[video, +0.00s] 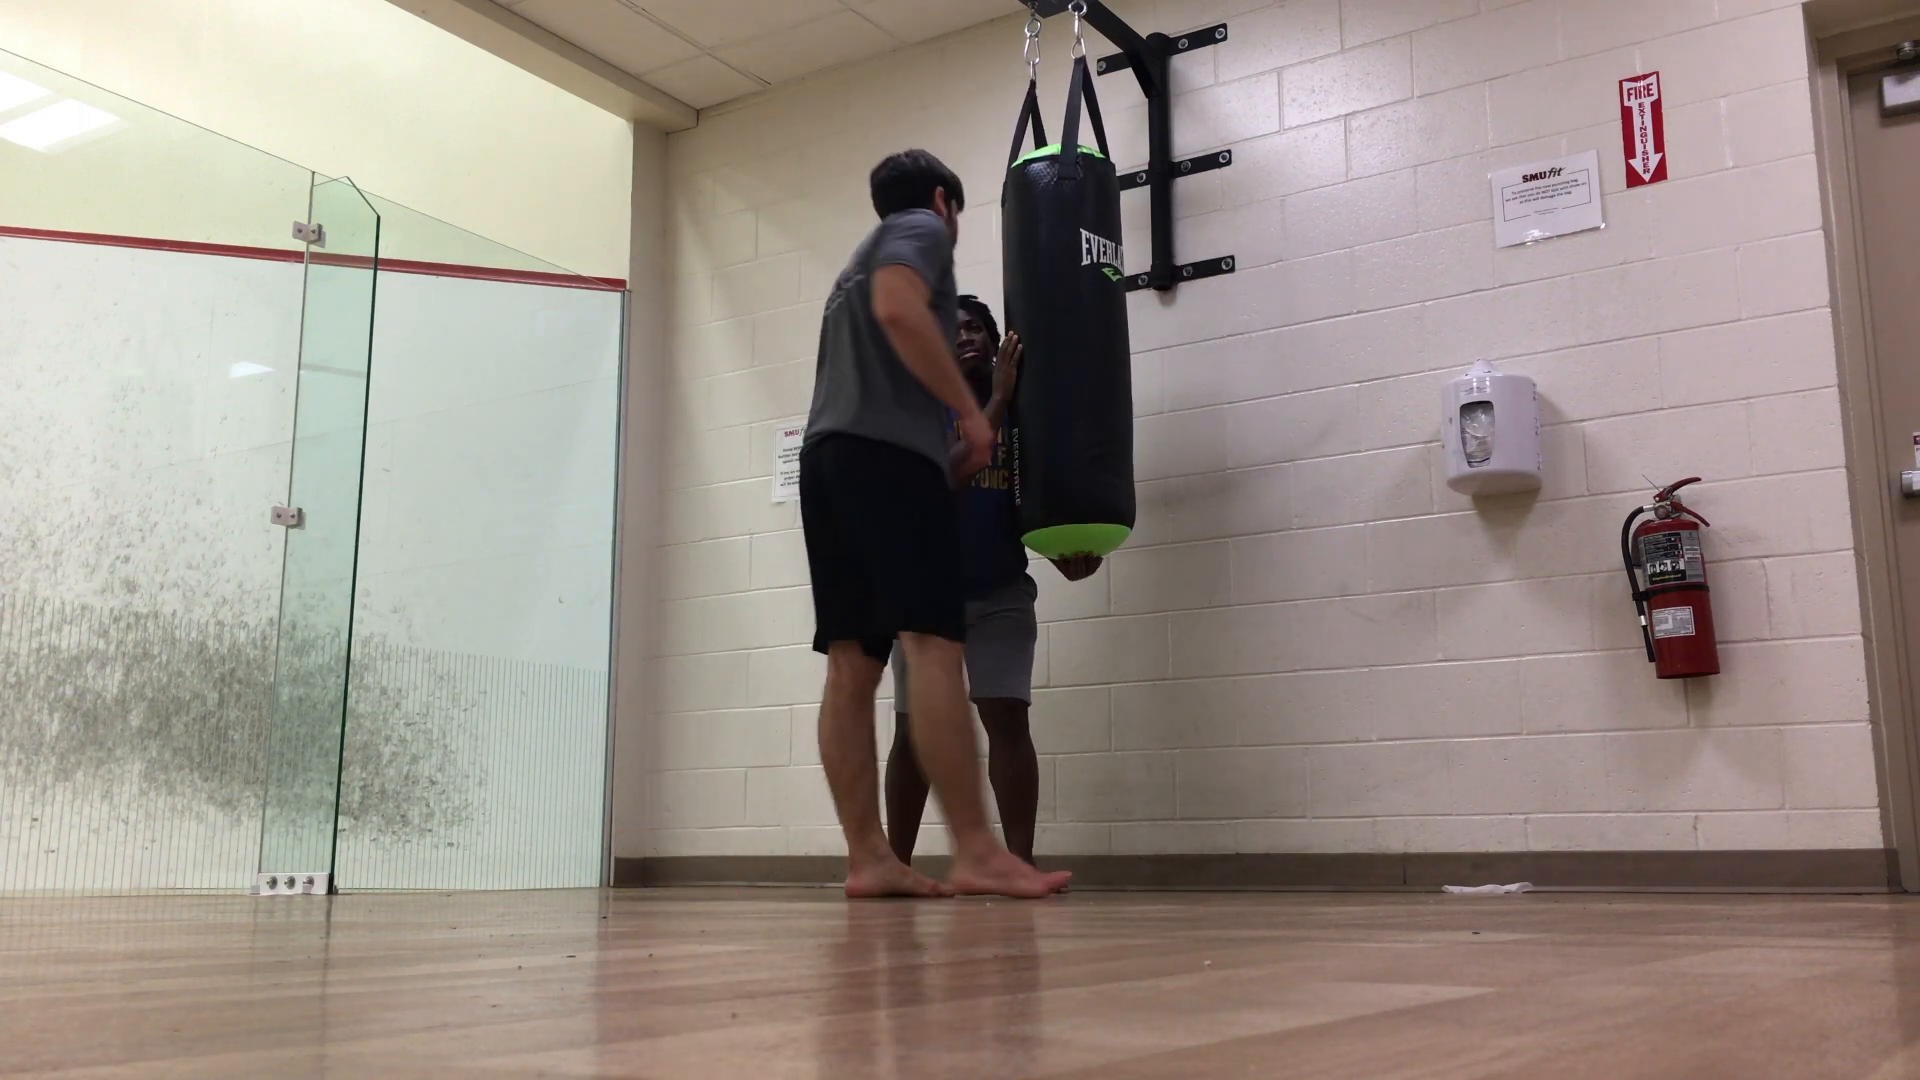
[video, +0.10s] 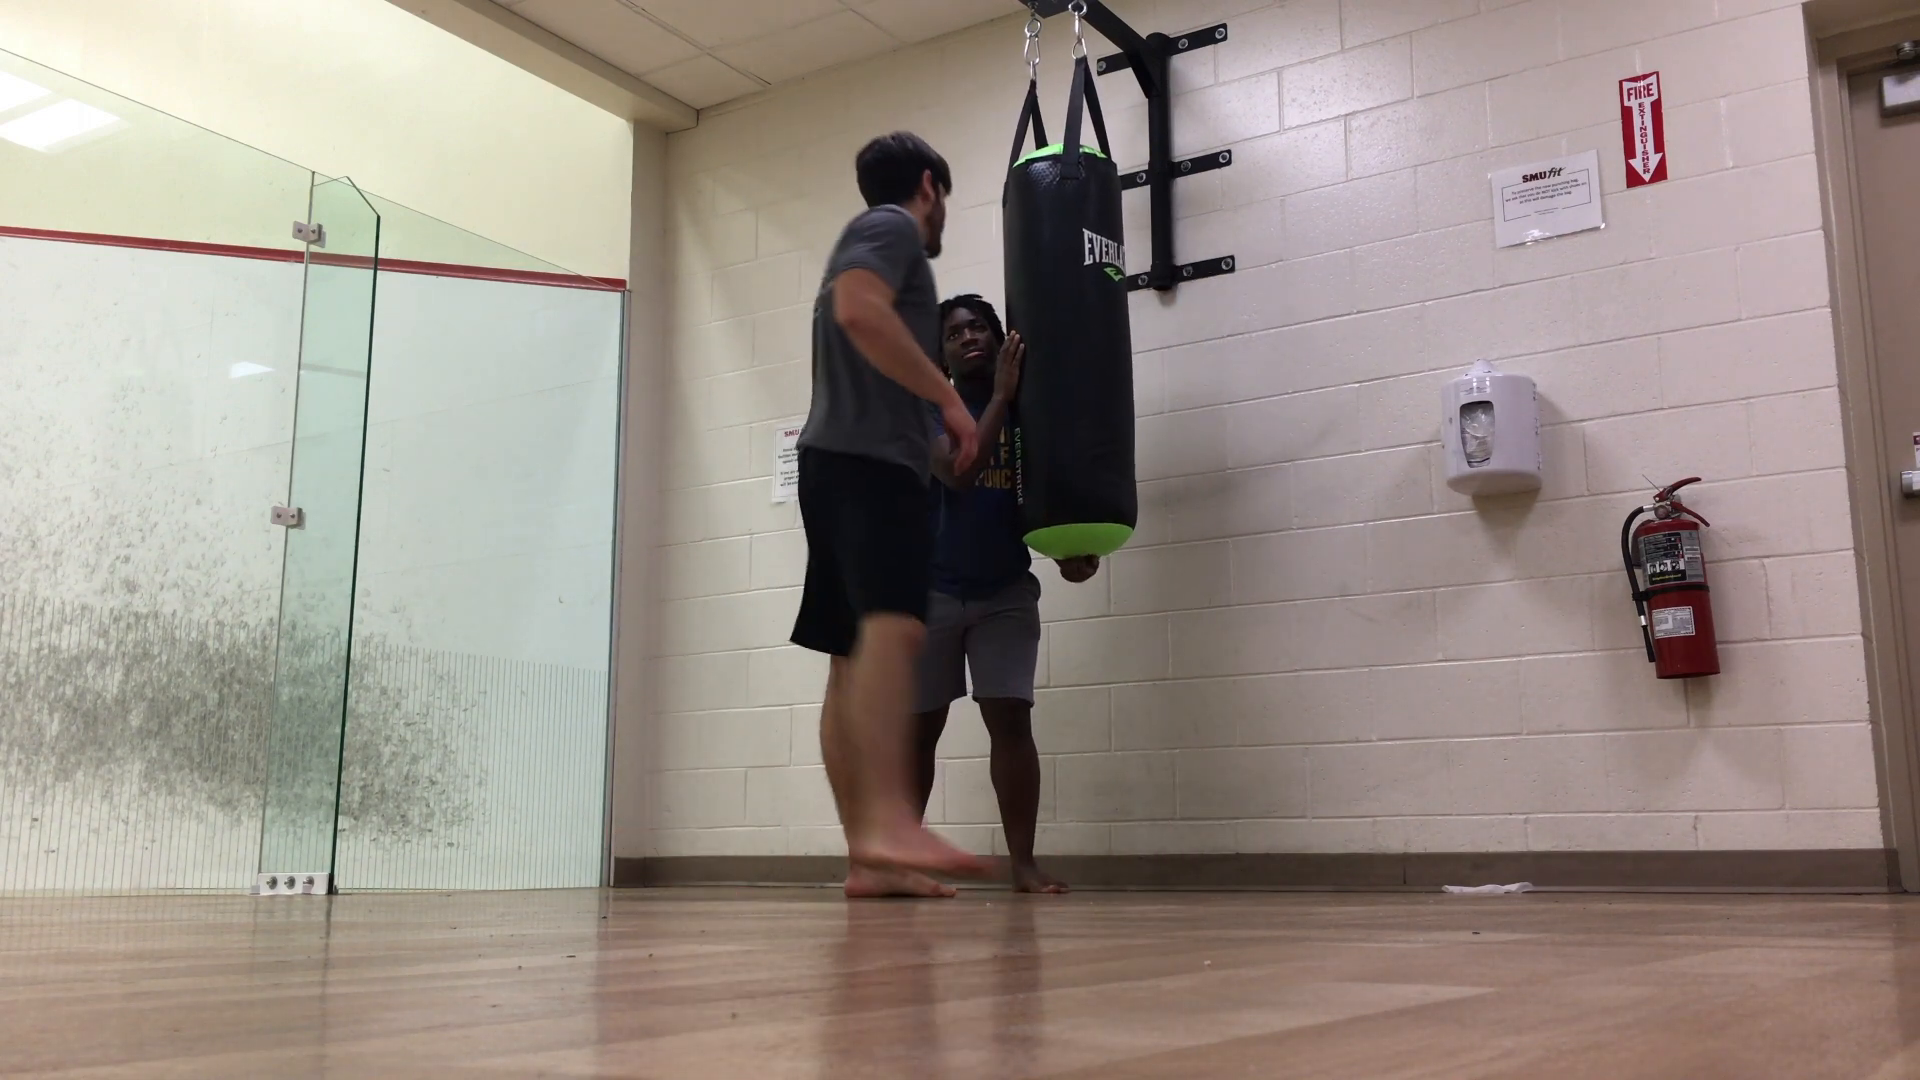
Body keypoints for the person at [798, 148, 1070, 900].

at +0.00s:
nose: (957, 224)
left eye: (955, 214)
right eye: (957, 212)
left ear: (884, 205)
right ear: (942, 201)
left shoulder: (857, 266)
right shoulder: (922, 224)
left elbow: (863, 395)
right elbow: (897, 306)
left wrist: (943, 447)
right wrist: (968, 408)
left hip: (830, 465)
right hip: (890, 462)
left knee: (851, 663)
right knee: (935, 650)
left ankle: (871, 860)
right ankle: (980, 852)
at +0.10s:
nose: (945, 214)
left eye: (946, 201)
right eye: (945, 198)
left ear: (879, 189)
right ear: (927, 186)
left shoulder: (860, 243)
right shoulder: (893, 226)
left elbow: (856, 388)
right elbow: (857, 306)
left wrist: (932, 449)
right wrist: (945, 395)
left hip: (845, 465)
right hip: (869, 461)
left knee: (853, 657)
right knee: (893, 629)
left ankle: (870, 854)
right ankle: (894, 826)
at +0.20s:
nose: (933, 197)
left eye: (932, 183)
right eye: (931, 182)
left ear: (865, 172)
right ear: (914, 171)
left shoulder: (878, 253)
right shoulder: (856, 219)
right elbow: (828, 308)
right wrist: (940, 368)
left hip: (876, 463)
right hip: (846, 450)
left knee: (863, 665)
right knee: (847, 589)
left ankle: (871, 857)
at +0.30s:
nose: (914, 184)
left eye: (914, 169)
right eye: (914, 167)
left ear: (863, 158)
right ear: (895, 156)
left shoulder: (863, 243)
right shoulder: (823, 207)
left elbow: (849, 336)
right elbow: (799, 303)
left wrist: (929, 334)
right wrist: (917, 334)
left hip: (864, 461)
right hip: (820, 443)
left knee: (860, 662)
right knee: (788, 590)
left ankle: (872, 858)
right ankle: (675, 786)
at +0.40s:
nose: (903, 185)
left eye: (902, 169)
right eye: (901, 168)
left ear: (851, 164)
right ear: (878, 161)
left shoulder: (846, 252)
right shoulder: (798, 205)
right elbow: (771, 297)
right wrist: (883, 312)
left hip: (844, 486)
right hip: (785, 466)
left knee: (859, 667)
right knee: (727, 633)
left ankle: (874, 860)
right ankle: (613, 837)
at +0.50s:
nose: (891, 175)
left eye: (892, 162)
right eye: (890, 158)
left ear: (838, 145)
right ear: (867, 141)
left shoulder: (840, 242)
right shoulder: (786, 176)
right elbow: (751, 274)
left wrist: (861, 336)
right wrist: (866, 321)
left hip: (826, 466)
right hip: (760, 447)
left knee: (864, 642)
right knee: (713, 626)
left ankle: (882, 840)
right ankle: (610, 834)